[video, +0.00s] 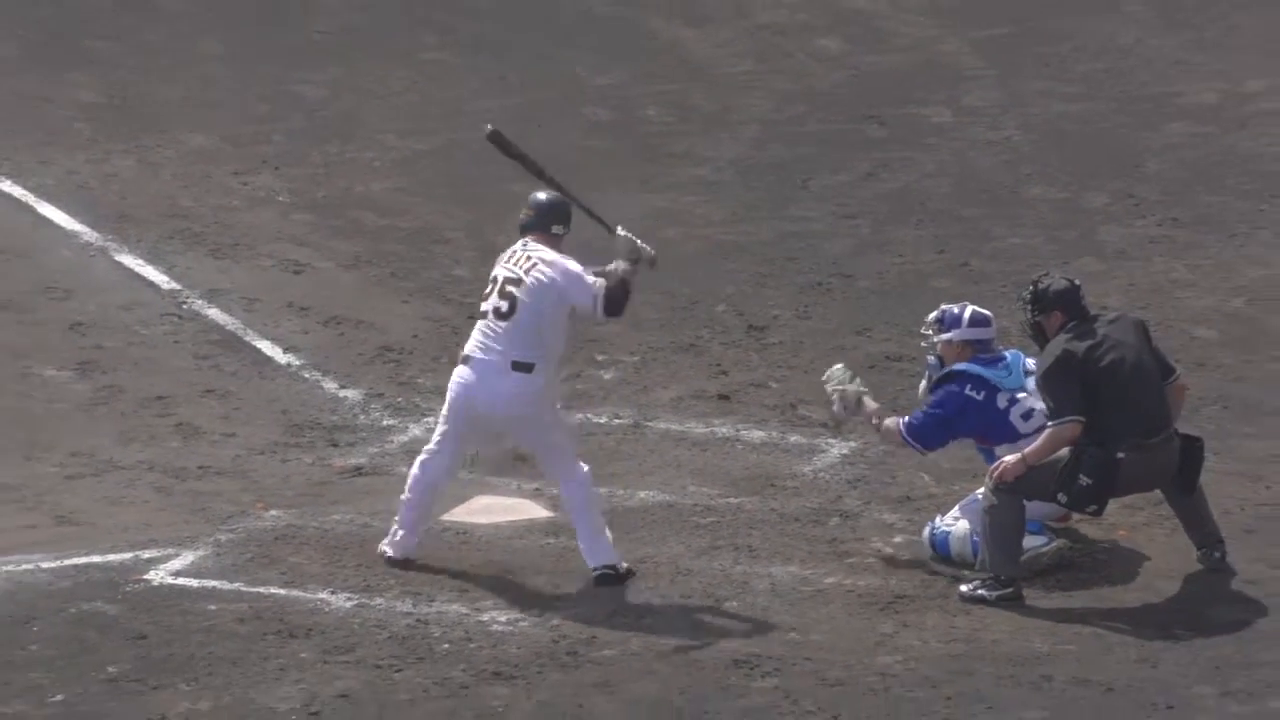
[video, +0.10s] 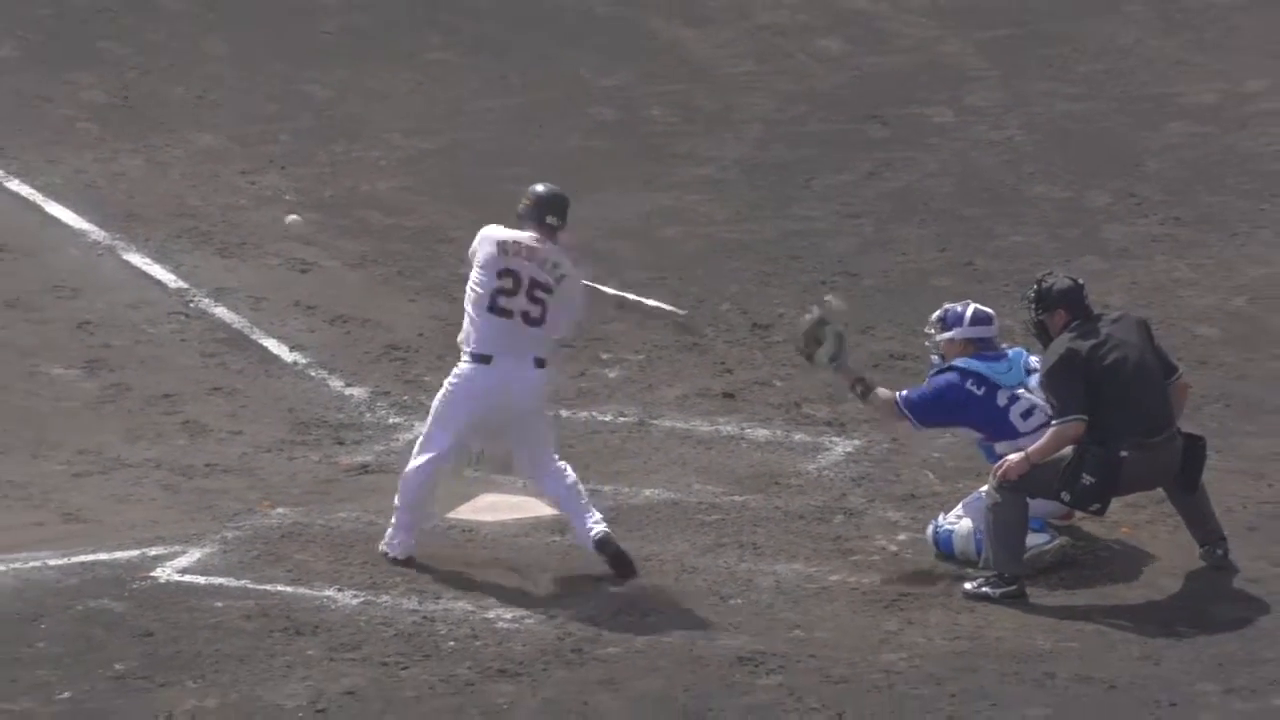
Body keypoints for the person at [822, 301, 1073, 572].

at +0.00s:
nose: (935, 348)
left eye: (940, 341)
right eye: (937, 341)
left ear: (960, 348)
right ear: (983, 343)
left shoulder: (961, 391)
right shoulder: (1018, 361)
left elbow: (910, 434)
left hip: (1039, 489)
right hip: (1078, 468)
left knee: (940, 533)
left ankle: (1032, 544)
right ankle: (1055, 513)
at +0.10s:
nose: (938, 345)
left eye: (944, 338)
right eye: (940, 337)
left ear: (964, 343)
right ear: (985, 340)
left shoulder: (959, 384)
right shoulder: (1021, 358)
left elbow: (894, 407)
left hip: (1038, 484)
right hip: (1080, 463)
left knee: (944, 532)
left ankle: (1033, 541)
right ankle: (1059, 510)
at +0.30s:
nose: (954, 351)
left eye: (960, 344)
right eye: (955, 344)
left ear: (978, 346)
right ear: (1005, 343)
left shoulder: (974, 381)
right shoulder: (1040, 362)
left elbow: (903, 398)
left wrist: (840, 369)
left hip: (1040, 494)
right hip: (1080, 480)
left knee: (948, 538)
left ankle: (1037, 548)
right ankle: (1062, 522)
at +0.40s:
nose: (965, 353)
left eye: (970, 347)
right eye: (966, 347)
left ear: (988, 352)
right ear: (1010, 349)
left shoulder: (989, 390)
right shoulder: (1041, 369)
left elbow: (927, 435)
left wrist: (869, 410)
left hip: (1048, 502)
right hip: (1080, 488)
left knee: (950, 546)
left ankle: (1037, 557)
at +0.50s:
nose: (976, 365)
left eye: (980, 359)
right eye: (977, 358)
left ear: (996, 362)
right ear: (1018, 358)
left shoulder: (1004, 403)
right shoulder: (1038, 381)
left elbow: (975, 467)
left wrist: (927, 457)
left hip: (1050, 519)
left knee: (954, 561)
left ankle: (1041, 570)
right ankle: (1049, 558)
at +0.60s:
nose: (983, 376)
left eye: (987, 369)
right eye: (983, 368)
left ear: (1004, 371)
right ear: (1028, 364)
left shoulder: (1011, 412)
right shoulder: (1051, 389)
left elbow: (1004, 486)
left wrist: (962, 467)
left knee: (960, 572)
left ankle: (1053, 585)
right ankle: (1062, 572)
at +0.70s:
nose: (987, 371)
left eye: (992, 364)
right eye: (988, 363)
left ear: (1011, 369)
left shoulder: (1015, 411)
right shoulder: (1052, 390)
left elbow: (1001, 481)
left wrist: (981, 471)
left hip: (1054, 530)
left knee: (959, 578)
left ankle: (1057, 590)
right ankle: (1072, 564)